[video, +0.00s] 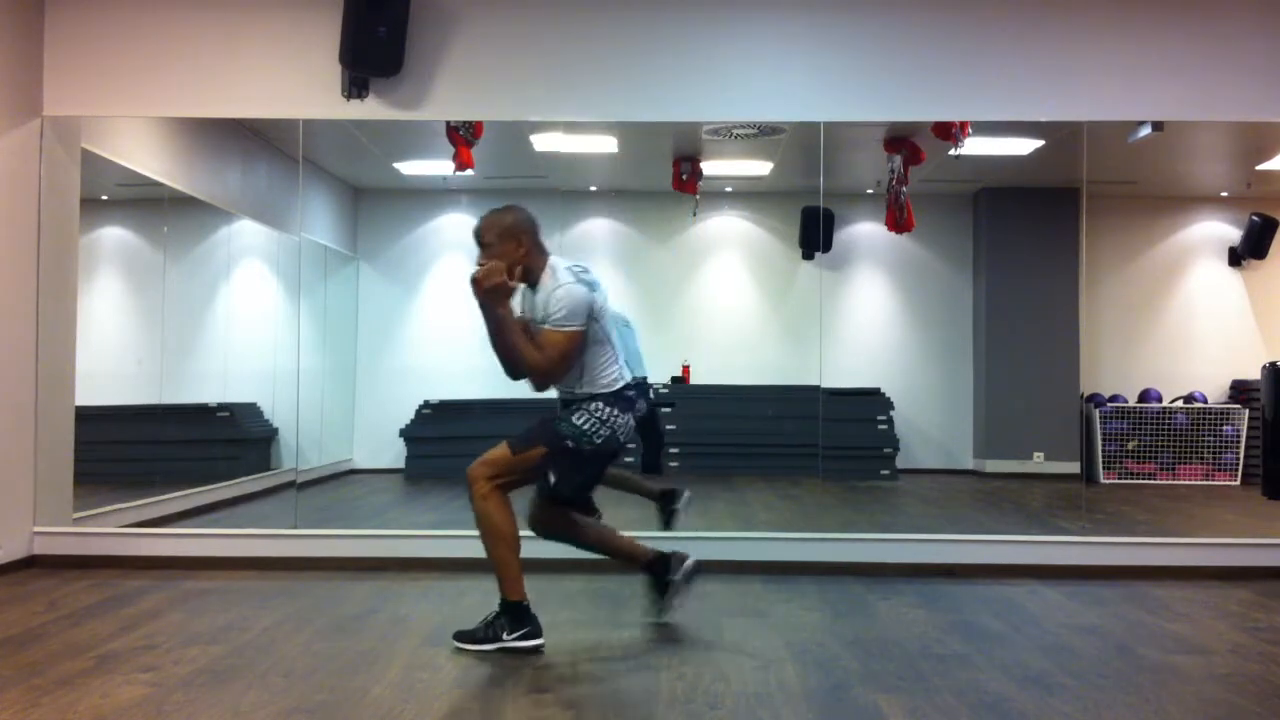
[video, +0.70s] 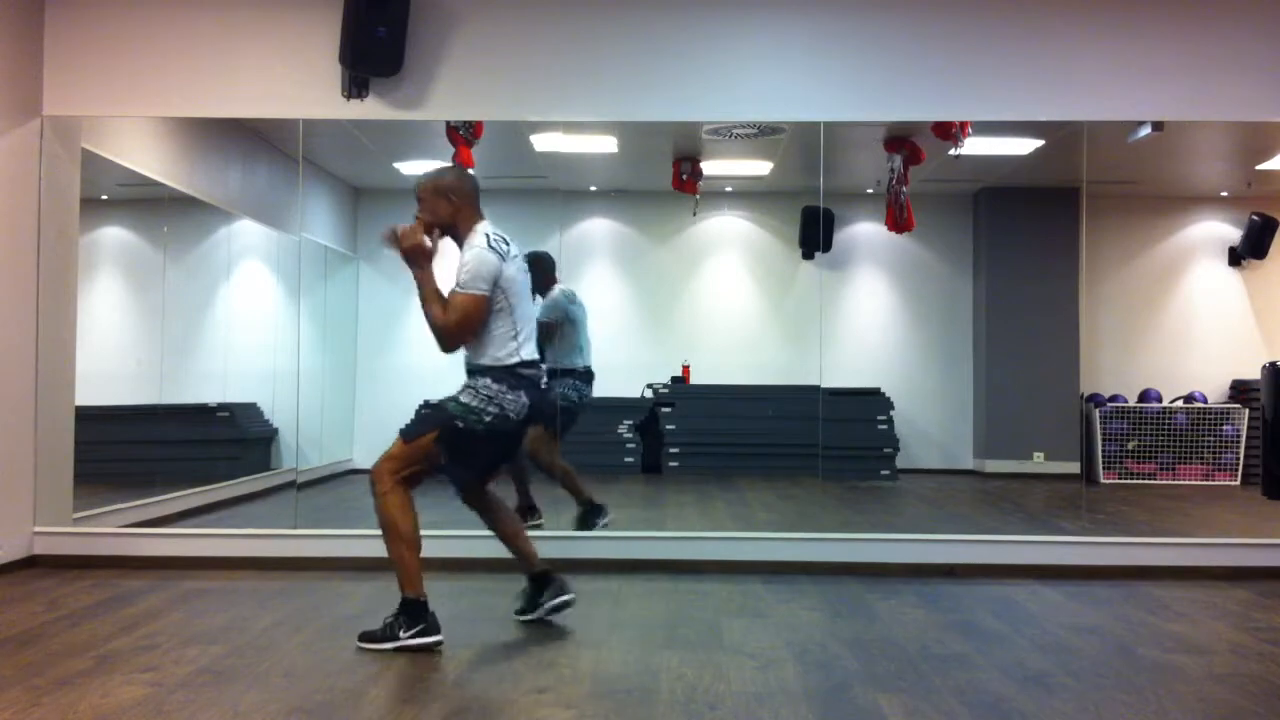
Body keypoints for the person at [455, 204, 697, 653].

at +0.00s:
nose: (483, 260)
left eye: (488, 249)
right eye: (481, 251)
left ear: (519, 247)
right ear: (519, 248)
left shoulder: (570, 290)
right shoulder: (528, 292)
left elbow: (547, 371)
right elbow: (516, 367)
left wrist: (501, 309)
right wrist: (491, 307)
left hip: (603, 412)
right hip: (582, 410)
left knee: (484, 477)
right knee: (549, 518)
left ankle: (515, 615)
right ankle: (661, 565)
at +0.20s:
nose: (475, 252)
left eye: (478, 241)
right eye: (473, 242)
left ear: (502, 238)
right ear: (523, 237)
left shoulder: (516, 278)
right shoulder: (565, 270)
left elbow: (487, 365)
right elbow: (534, 361)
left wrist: (468, 296)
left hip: (566, 412)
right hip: (604, 408)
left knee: (450, 491)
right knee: (523, 498)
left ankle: (510, 612)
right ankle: (607, 586)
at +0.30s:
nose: (476, 251)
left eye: (479, 240)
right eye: (476, 241)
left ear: (500, 239)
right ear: (524, 238)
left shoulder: (500, 277)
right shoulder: (571, 274)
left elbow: (475, 368)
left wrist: (467, 307)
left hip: (553, 409)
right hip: (596, 410)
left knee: (432, 480)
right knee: (529, 500)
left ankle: (492, 594)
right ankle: (608, 591)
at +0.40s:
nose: (466, 250)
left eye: (468, 239)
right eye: (465, 240)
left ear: (489, 236)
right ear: (513, 235)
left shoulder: (492, 273)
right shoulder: (562, 274)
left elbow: (466, 364)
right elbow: (599, 343)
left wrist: (456, 308)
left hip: (536, 409)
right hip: (577, 408)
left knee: (412, 465)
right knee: (523, 502)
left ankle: (447, 591)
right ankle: (607, 591)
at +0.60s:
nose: (424, 225)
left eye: (428, 214)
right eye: (424, 214)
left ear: (456, 214)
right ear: (465, 212)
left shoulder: (489, 260)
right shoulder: (502, 253)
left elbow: (458, 347)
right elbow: (467, 338)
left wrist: (426, 278)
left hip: (508, 400)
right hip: (528, 397)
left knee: (395, 474)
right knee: (487, 501)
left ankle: (414, 615)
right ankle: (584, 571)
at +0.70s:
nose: (421, 216)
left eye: (423, 205)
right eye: (420, 206)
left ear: (452, 202)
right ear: (461, 202)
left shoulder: (482, 251)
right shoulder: (498, 245)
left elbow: (449, 336)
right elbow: (459, 325)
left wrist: (421, 269)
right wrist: (420, 264)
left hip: (493, 393)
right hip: (520, 391)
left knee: (388, 476)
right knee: (471, 485)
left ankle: (414, 612)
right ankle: (542, 579)